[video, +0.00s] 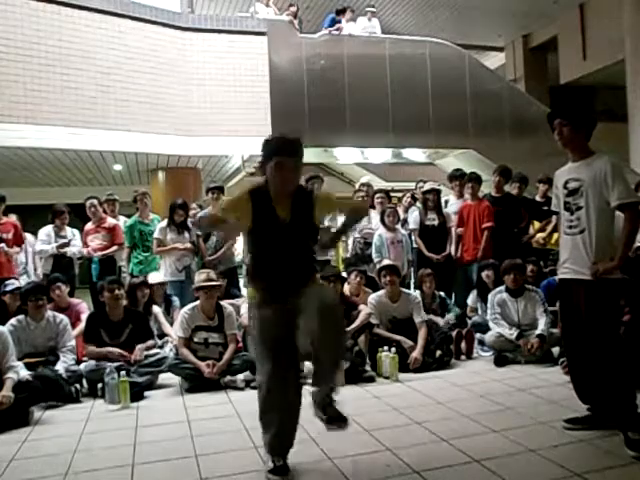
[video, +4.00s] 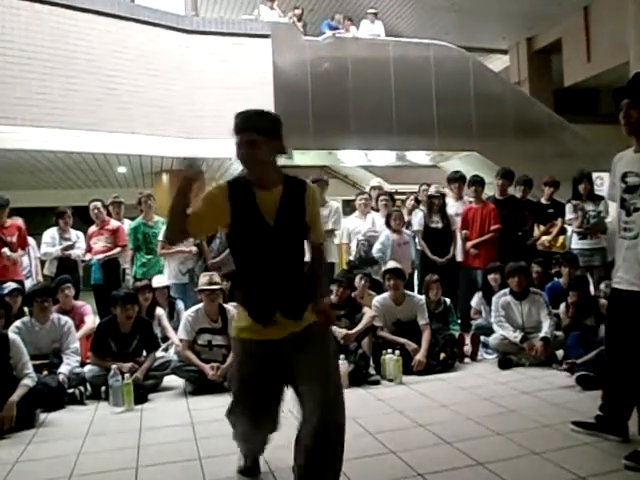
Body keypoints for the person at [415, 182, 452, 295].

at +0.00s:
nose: (432, 198)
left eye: (435, 195)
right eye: (429, 194)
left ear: (438, 197)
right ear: (424, 197)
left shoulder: (445, 214)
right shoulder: (418, 214)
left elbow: (449, 234)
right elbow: (416, 236)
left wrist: (447, 251)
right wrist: (428, 254)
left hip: (443, 257)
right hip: (425, 257)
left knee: (444, 290)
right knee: (425, 289)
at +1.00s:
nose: (432, 198)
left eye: (435, 194)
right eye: (428, 194)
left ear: (438, 197)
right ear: (424, 196)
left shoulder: (444, 214)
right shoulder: (418, 214)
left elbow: (449, 233)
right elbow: (416, 236)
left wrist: (447, 251)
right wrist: (428, 254)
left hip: (443, 257)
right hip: (425, 257)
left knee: (444, 288)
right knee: (424, 288)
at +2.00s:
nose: (436, 200)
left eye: (439, 197)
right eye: (433, 197)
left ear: (443, 199)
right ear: (429, 199)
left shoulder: (449, 217)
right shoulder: (423, 216)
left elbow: (454, 236)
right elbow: (420, 238)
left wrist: (453, 253)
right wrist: (433, 256)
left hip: (448, 259)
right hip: (430, 259)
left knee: (448, 292)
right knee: (429, 291)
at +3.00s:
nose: (437, 200)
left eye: (440, 197)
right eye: (434, 196)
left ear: (443, 199)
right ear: (429, 199)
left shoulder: (449, 216)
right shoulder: (423, 216)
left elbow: (454, 236)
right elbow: (421, 238)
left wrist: (452, 253)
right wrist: (433, 256)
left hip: (447, 258)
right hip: (429, 258)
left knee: (448, 291)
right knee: (429, 290)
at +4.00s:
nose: (437, 201)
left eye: (439, 198)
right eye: (434, 198)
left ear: (443, 200)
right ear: (429, 199)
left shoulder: (448, 217)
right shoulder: (423, 217)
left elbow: (453, 236)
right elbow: (420, 238)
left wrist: (450, 254)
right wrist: (432, 256)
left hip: (446, 260)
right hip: (429, 260)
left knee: (447, 291)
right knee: (428, 290)